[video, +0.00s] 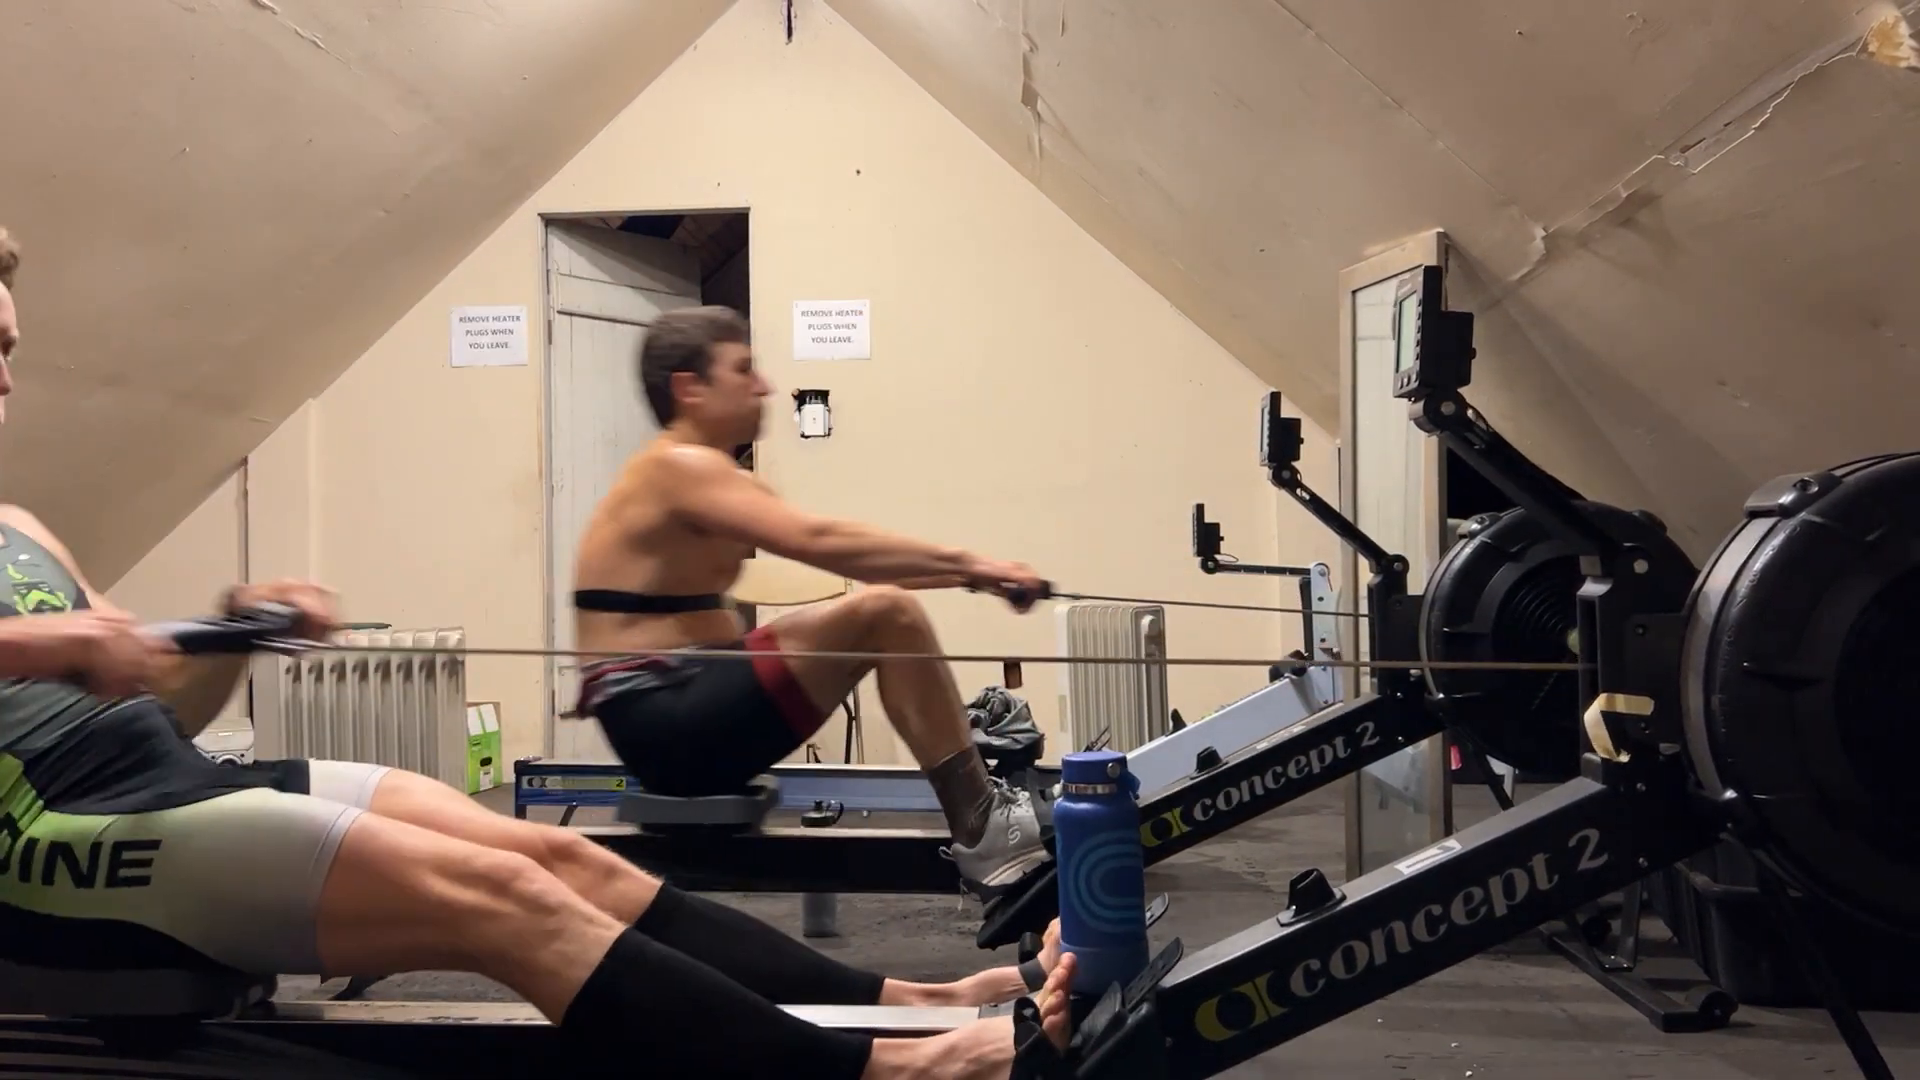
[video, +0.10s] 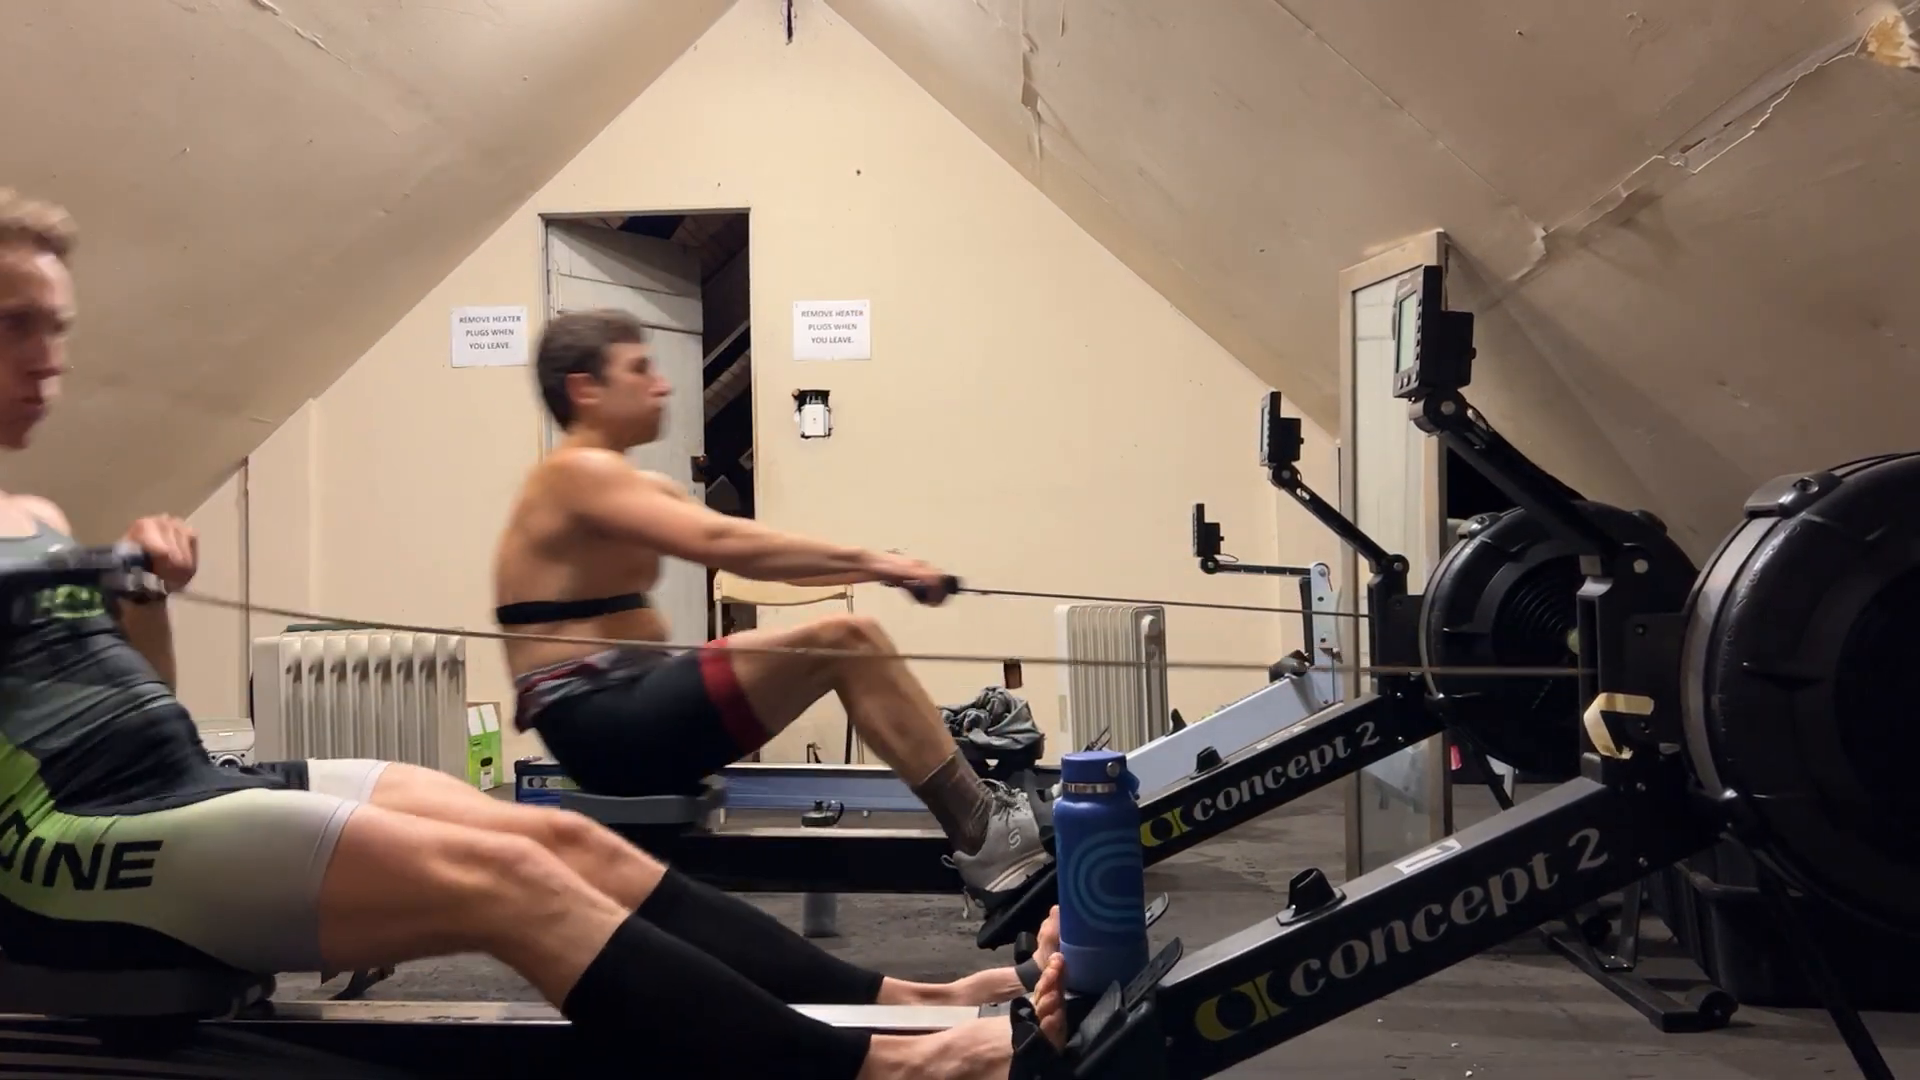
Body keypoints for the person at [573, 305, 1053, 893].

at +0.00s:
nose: (764, 387)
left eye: (755, 369)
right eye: (743, 371)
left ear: (694, 390)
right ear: (686, 388)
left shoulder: (706, 472)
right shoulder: (681, 468)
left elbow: (839, 554)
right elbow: (823, 543)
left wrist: (969, 569)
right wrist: (968, 566)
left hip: (687, 712)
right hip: (665, 724)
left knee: (885, 612)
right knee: (887, 616)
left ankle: (980, 817)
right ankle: (978, 828)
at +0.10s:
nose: (660, 384)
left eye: (653, 368)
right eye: (639, 370)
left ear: (588, 393)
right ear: (583, 391)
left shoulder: (603, 474)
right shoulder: (581, 474)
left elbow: (734, 544)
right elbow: (731, 545)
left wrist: (869, 563)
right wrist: (875, 562)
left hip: (629, 706)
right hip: (598, 717)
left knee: (855, 639)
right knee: (847, 642)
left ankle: (984, 825)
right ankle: (982, 836)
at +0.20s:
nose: (561, 389)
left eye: (553, 373)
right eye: (539, 376)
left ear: (505, 393)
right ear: (482, 394)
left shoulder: (555, 491)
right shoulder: (476, 482)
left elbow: (655, 548)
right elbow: (616, 559)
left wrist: (782, 564)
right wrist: (777, 565)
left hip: (583, 699)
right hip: (534, 715)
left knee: (818, 675)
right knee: (811, 671)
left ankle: (981, 834)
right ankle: (982, 835)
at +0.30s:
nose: (477, 409)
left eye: (472, 392)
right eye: (456, 393)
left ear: (426, 411)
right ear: (395, 413)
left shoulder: (478, 512)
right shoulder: (391, 499)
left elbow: (574, 568)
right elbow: (501, 576)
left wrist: (687, 565)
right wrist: (668, 566)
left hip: (547, 691)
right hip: (500, 706)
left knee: (805, 694)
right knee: (775, 702)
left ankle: (986, 824)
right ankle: (979, 842)